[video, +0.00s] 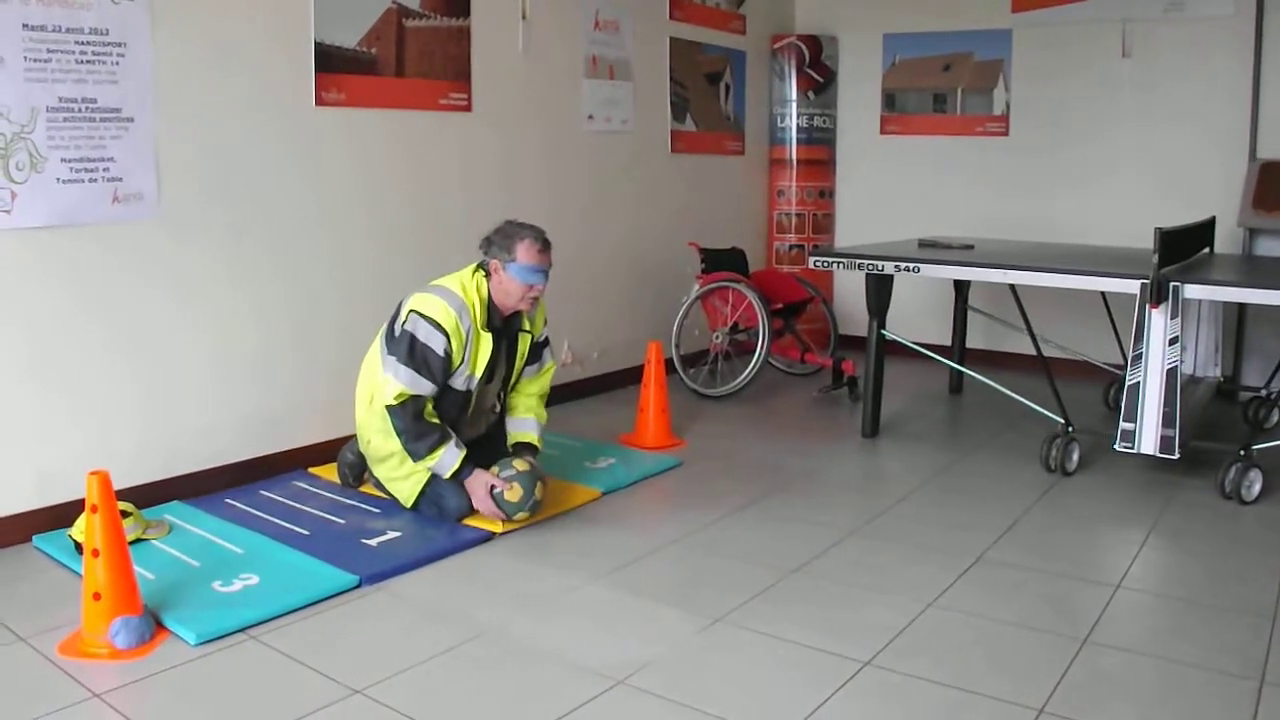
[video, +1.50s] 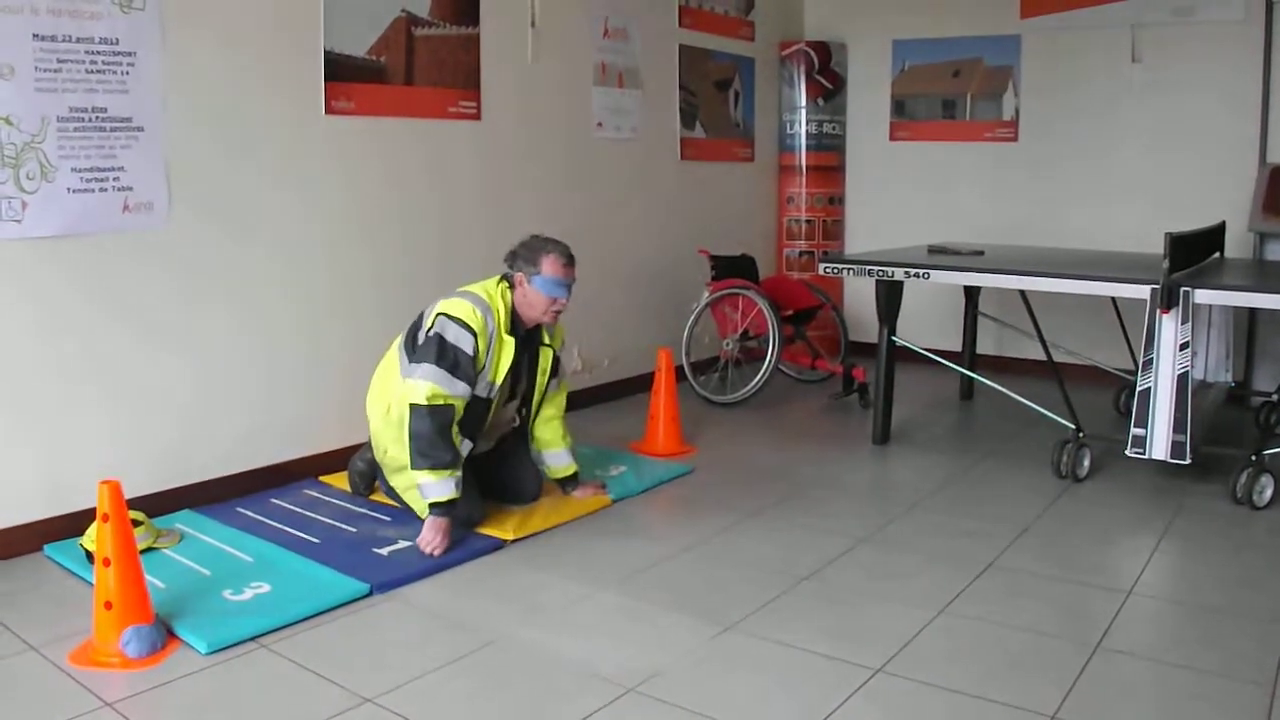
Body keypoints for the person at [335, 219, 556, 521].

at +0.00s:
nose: (540, 288)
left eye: (545, 277)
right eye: (530, 276)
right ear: (495, 270)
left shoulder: (529, 310)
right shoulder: (439, 313)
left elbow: (529, 387)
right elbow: (404, 410)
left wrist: (525, 453)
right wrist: (467, 473)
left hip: (464, 418)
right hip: (398, 432)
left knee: (513, 482)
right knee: (454, 506)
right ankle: (372, 459)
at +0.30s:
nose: (543, 285)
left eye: (548, 273)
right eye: (533, 273)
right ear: (499, 268)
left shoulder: (534, 308)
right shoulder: (446, 310)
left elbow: (541, 383)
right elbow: (434, 409)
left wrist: (554, 450)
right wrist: (508, 469)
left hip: (470, 412)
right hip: (401, 422)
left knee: (511, 484)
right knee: (455, 506)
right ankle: (375, 462)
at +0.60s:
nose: (556, 285)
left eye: (560, 274)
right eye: (547, 274)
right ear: (512, 269)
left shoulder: (540, 304)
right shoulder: (467, 311)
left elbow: (573, 364)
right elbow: (505, 399)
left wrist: (622, 391)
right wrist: (600, 414)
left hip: (471, 406)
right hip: (413, 415)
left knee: (518, 485)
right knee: (457, 509)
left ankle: (431, 448)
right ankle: (377, 454)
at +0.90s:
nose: (576, 296)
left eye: (580, 284)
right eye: (566, 284)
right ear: (532, 277)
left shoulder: (555, 326)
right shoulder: (472, 319)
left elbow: (545, 396)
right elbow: (441, 416)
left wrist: (562, 456)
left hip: (479, 411)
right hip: (409, 420)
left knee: (524, 488)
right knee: (461, 513)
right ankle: (383, 459)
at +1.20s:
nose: (573, 300)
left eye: (578, 289)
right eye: (563, 288)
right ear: (530, 282)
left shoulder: (554, 327)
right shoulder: (471, 321)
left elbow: (545, 402)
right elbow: (418, 409)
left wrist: (567, 470)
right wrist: (434, 504)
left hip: (487, 418)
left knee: (523, 489)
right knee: (463, 513)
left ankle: (444, 459)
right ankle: (382, 466)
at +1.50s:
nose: (563, 302)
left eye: (568, 292)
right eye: (553, 290)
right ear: (520, 283)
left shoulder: (547, 331)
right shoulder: (464, 319)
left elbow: (546, 408)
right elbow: (429, 411)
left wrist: (569, 482)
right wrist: (439, 510)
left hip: (482, 421)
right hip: (407, 427)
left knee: (524, 489)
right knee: (466, 512)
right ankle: (384, 468)